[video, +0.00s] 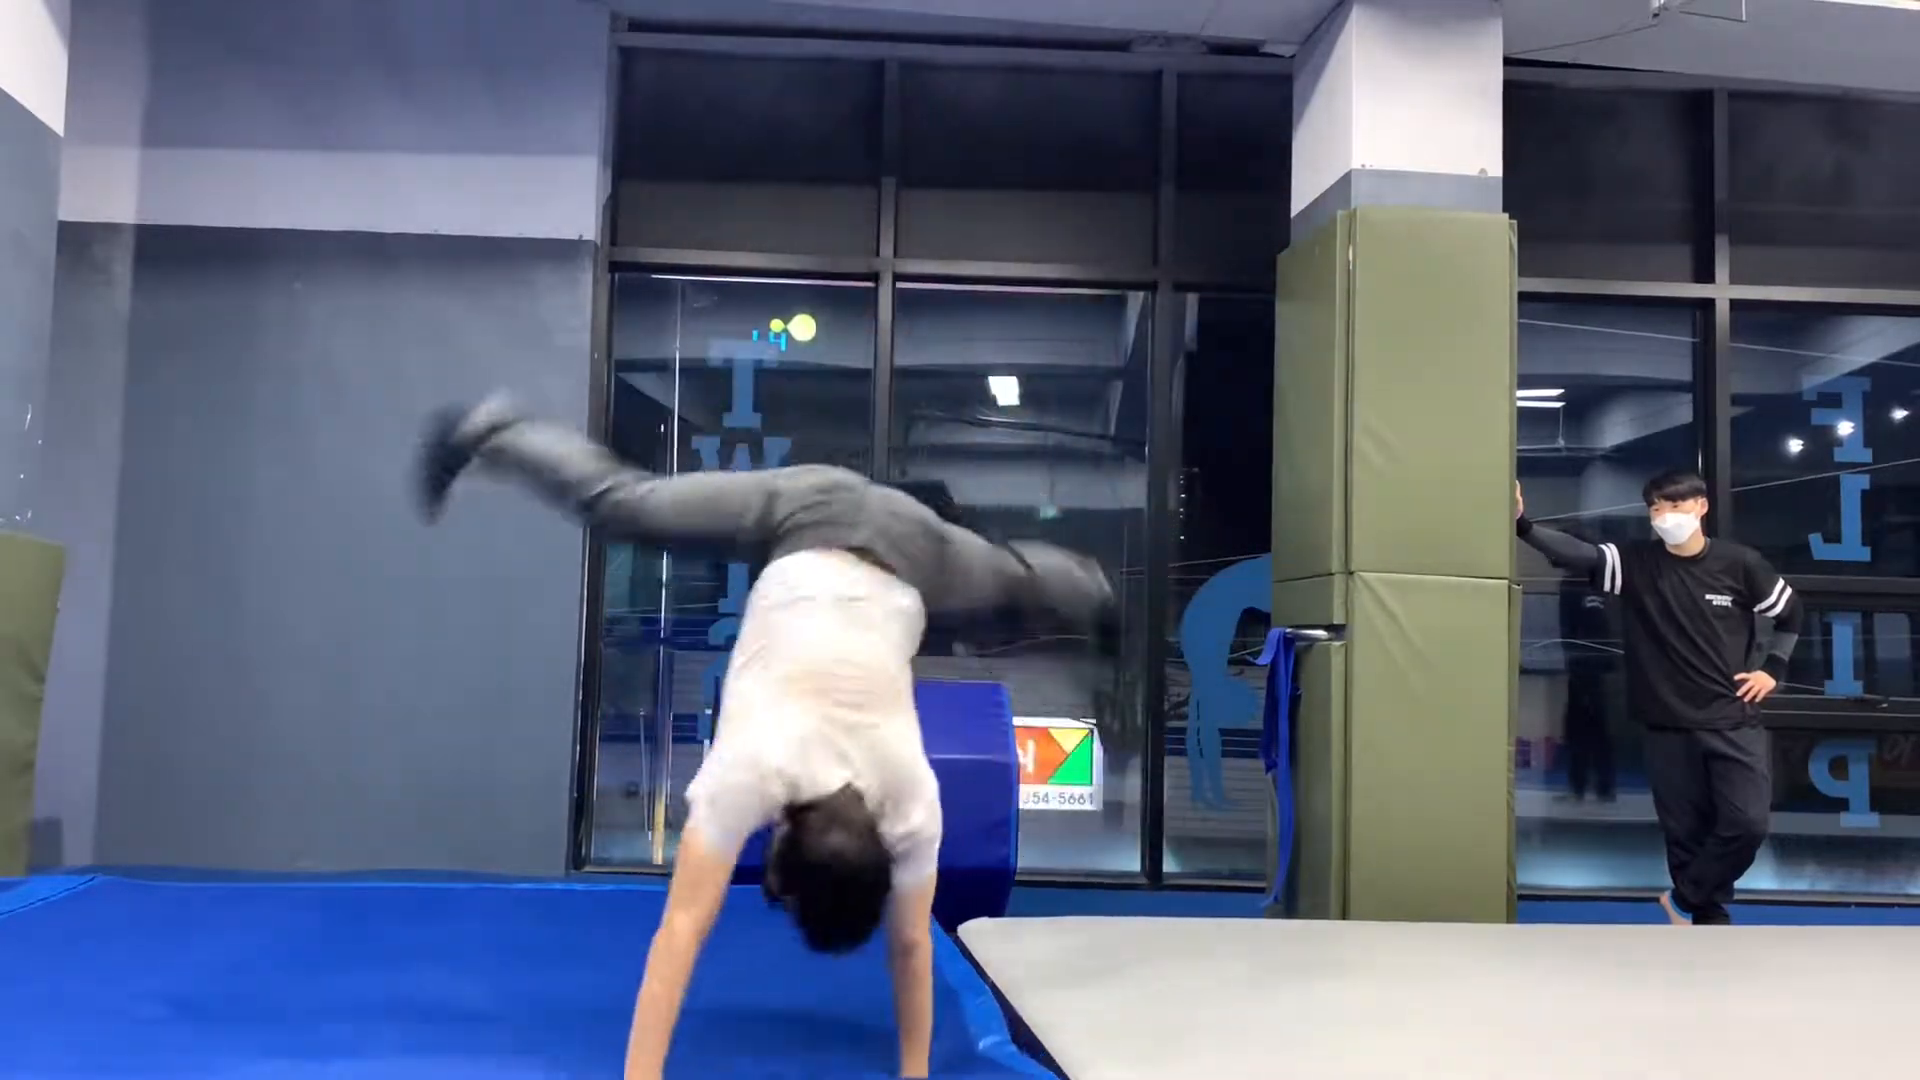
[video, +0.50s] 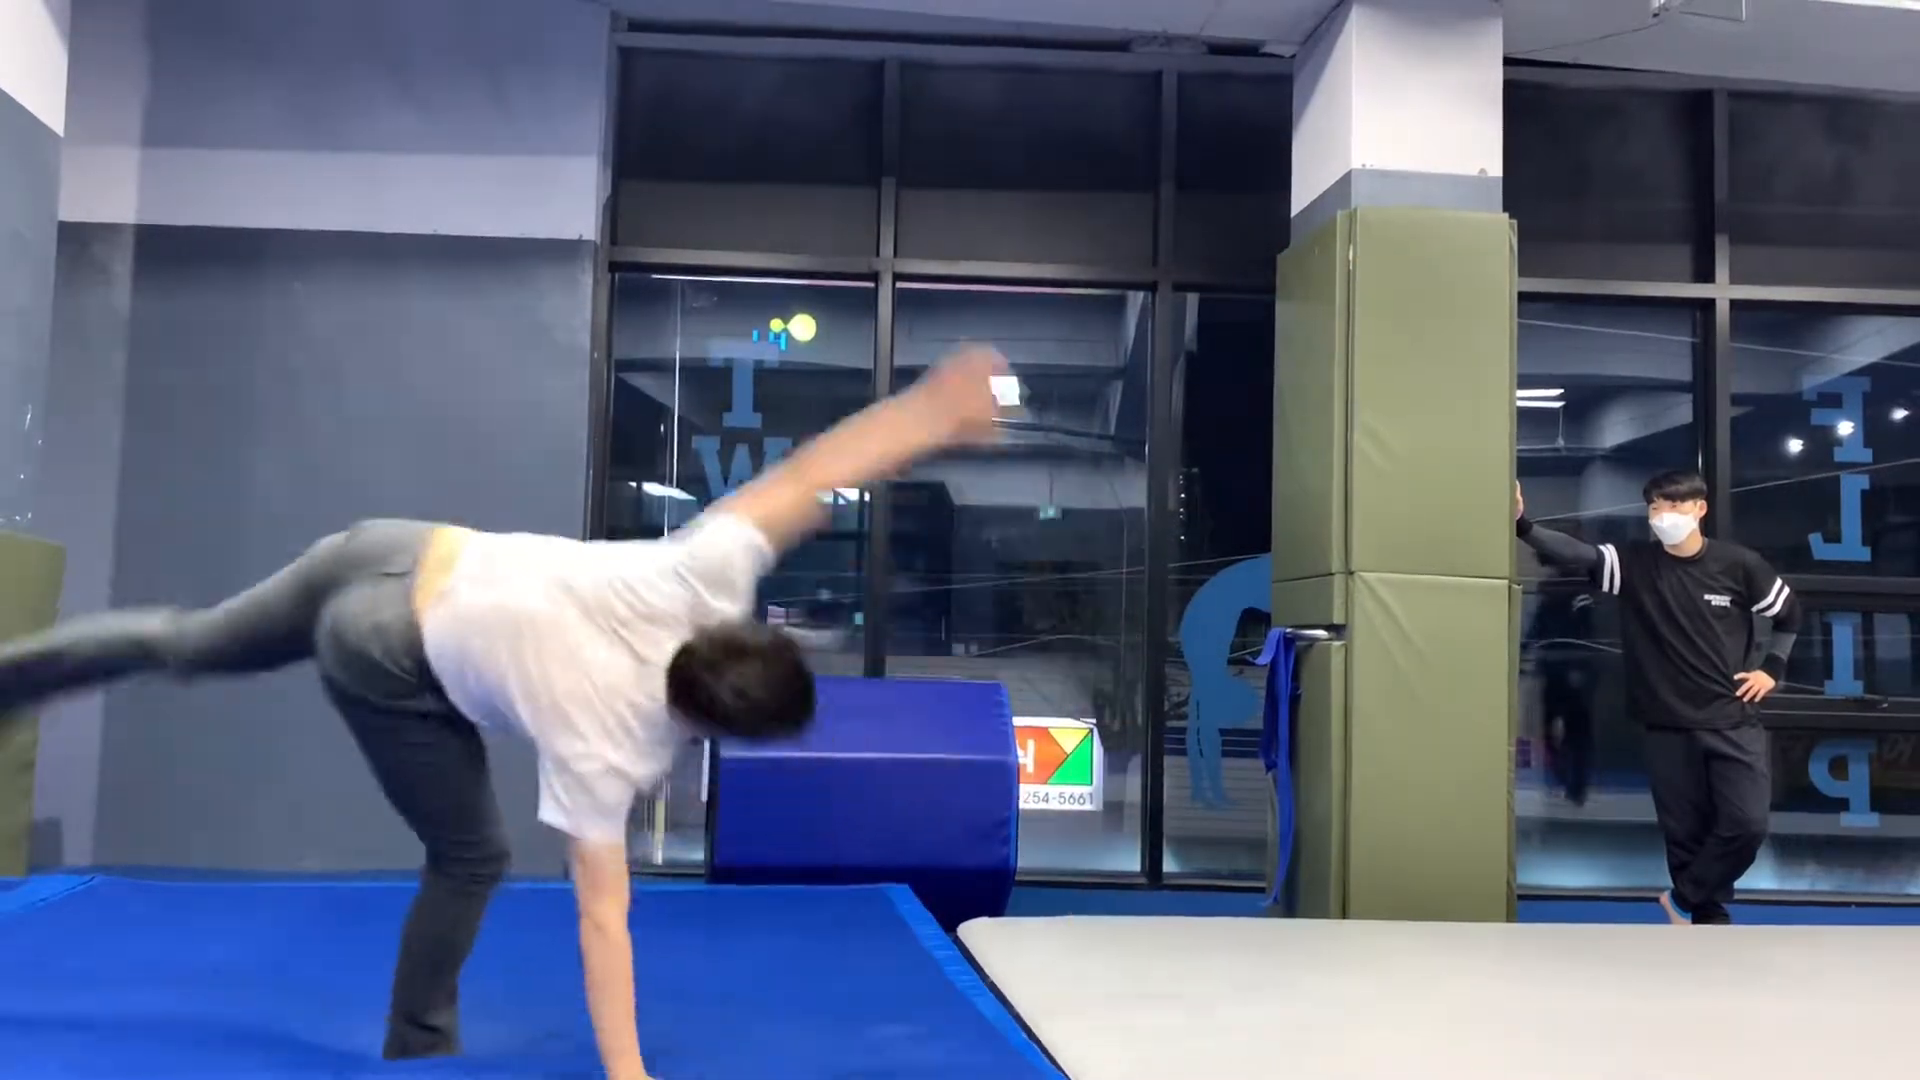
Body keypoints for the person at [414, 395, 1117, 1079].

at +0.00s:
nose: (816, 923)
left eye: (841, 920)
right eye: (802, 912)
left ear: (884, 867)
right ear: (779, 866)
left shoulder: (916, 816)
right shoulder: (738, 784)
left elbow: (913, 949)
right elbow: (680, 934)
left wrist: (914, 1071)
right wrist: (642, 1071)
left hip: (910, 541)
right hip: (802, 508)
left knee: (1021, 581)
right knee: (622, 503)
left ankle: (1086, 584)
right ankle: (487, 433)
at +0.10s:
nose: (771, 939)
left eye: (802, 944)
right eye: (765, 927)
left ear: (861, 883)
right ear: (752, 874)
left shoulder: (893, 810)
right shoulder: (703, 798)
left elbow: (907, 943)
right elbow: (647, 957)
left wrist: (918, 1069)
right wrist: (632, 1075)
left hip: (835, 520)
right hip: (726, 517)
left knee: (903, 471)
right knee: (527, 630)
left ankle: (958, 433)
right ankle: (357, 652)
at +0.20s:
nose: (753, 911)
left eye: (786, 916)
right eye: (753, 902)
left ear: (844, 846)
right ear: (736, 843)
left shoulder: (867, 787)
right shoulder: (678, 787)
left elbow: (886, 921)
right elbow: (632, 955)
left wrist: (915, 1046)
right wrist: (627, 1075)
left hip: (722, 535)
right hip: (616, 556)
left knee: (738, 426)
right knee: (522, 783)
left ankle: (766, 356)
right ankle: (396, 943)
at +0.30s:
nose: (779, 886)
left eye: (800, 877)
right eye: (770, 877)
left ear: (834, 818)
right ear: (730, 835)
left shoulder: (833, 731)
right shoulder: (649, 789)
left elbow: (917, 839)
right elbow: (613, 974)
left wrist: (970, 970)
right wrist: (619, 1079)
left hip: (600, 561)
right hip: (513, 620)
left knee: (544, 455)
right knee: (536, 856)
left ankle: (524, 375)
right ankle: (426, 1023)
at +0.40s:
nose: (787, 818)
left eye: (803, 795)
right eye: (782, 813)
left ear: (805, 736)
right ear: (738, 799)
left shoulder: (768, 661)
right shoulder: (620, 793)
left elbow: (923, 674)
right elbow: (606, 967)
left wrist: (1060, 704)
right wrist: (623, 1079)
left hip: (518, 569)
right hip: (441, 636)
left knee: (367, 537)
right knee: (490, 869)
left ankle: (224, 471)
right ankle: (420, 1038)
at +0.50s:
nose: (755, 724)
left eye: (761, 707)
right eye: (758, 723)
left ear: (735, 630)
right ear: (722, 728)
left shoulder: (709, 569)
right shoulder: (604, 750)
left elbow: (828, 466)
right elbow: (605, 915)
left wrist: (939, 404)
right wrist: (628, 1066)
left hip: (402, 542)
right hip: (382, 648)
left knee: (190, 638)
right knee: (469, 859)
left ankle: (0, 679)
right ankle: (415, 1040)